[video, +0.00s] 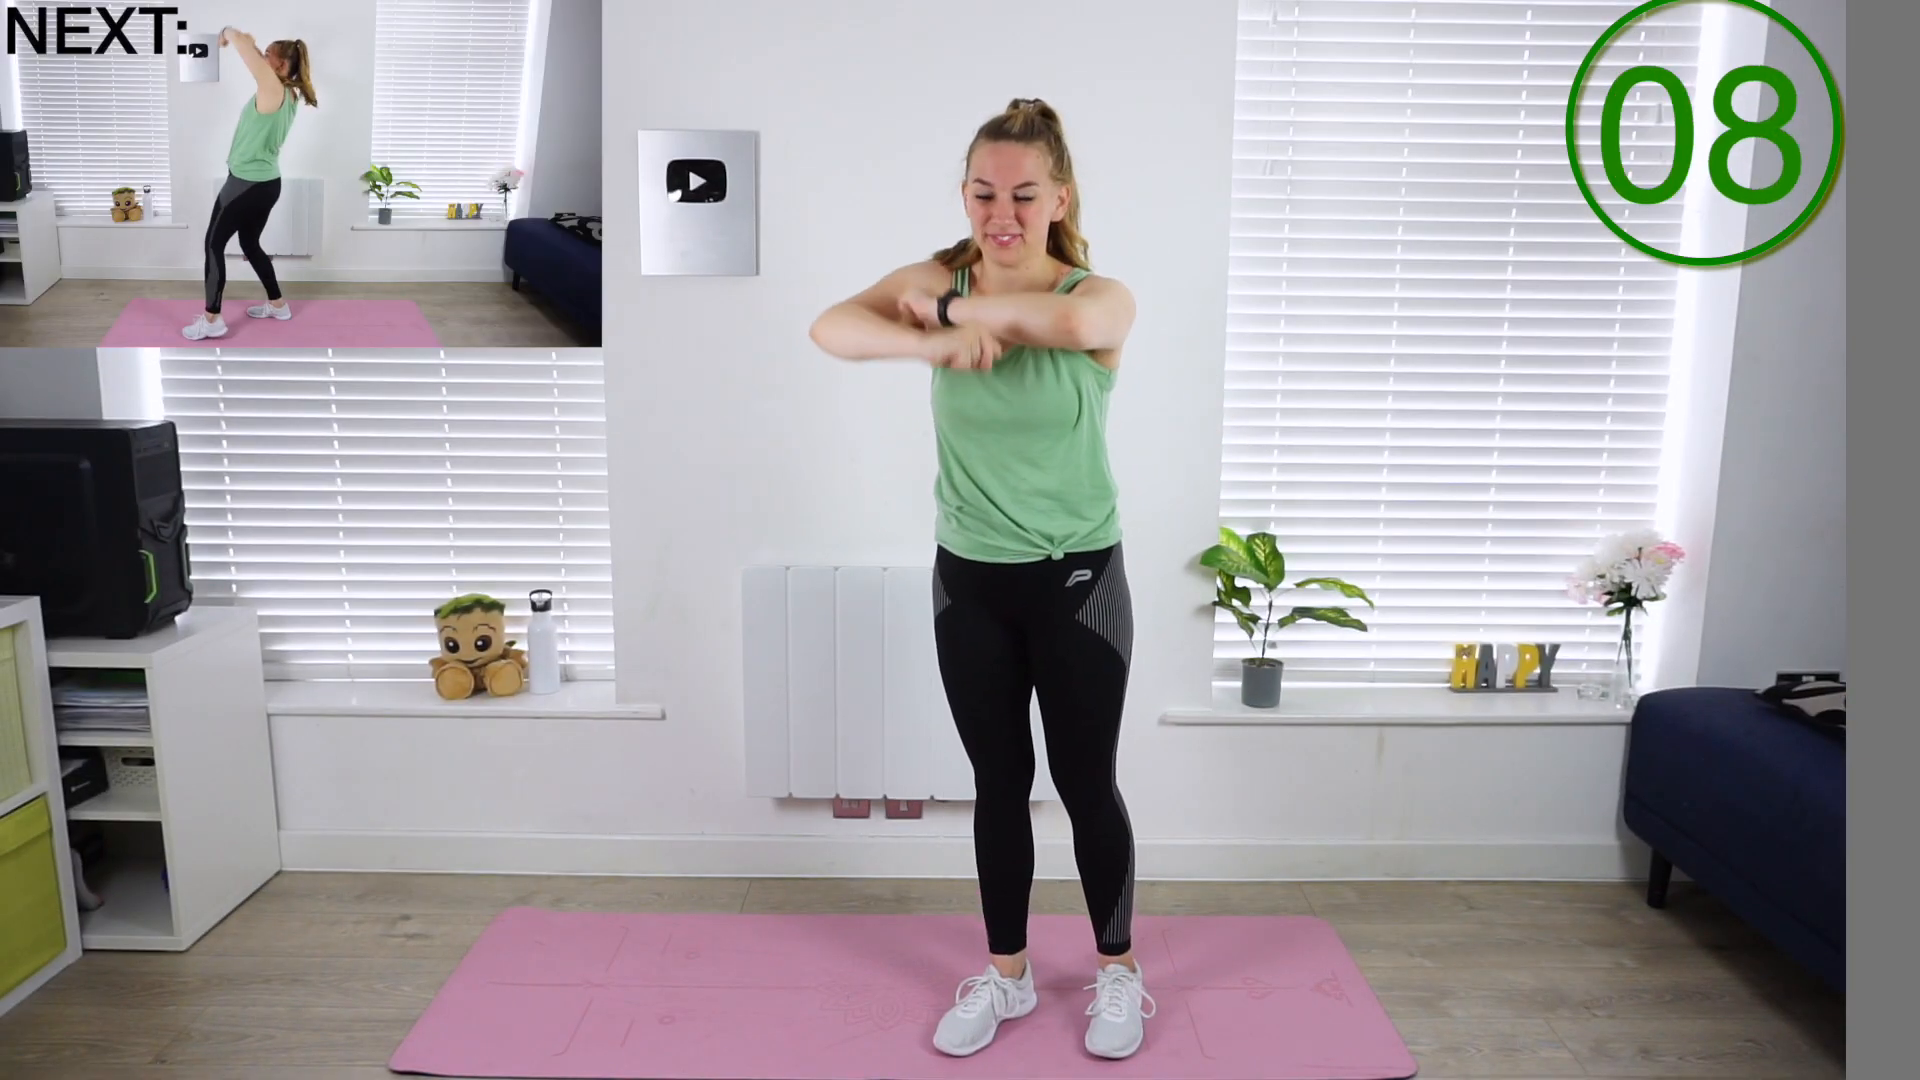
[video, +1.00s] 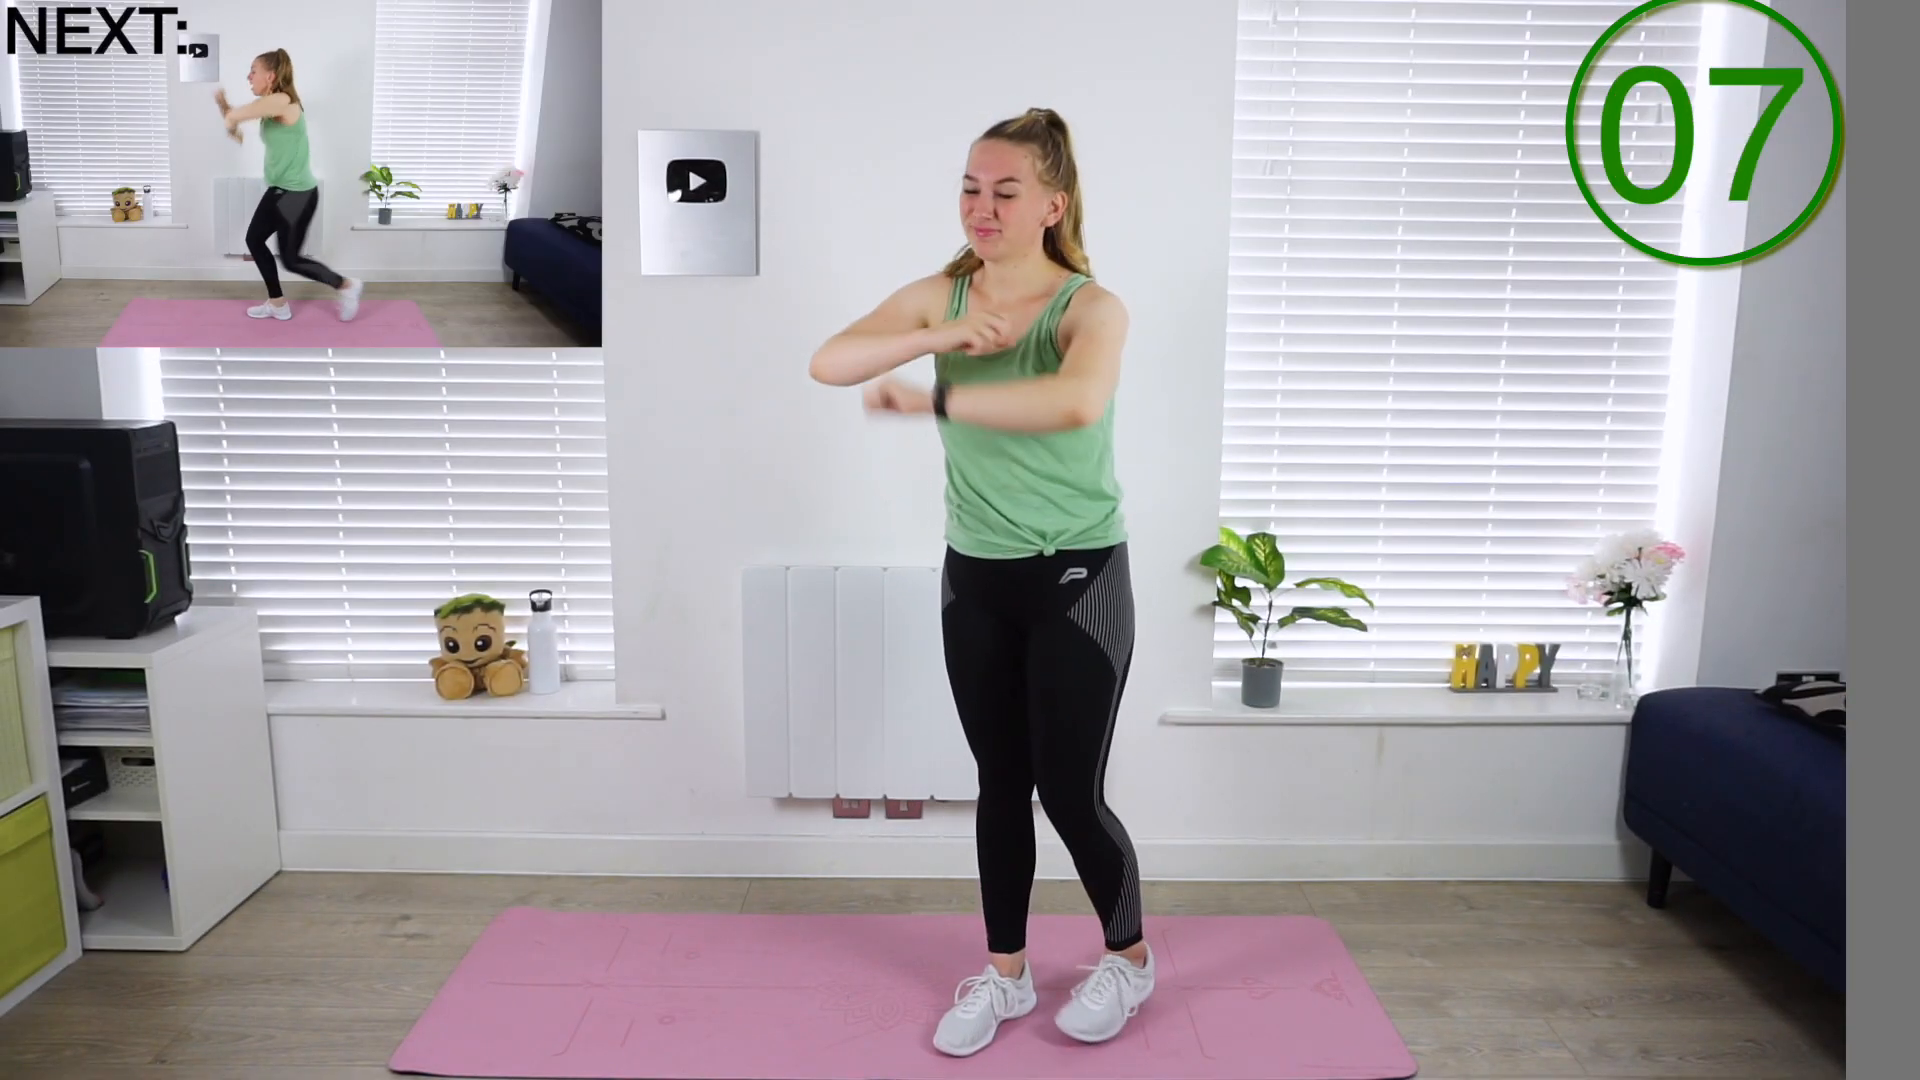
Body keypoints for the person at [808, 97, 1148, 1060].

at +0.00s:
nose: (1001, 215)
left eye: (1023, 195)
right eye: (984, 193)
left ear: (1062, 201)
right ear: (965, 196)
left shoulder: (1098, 293)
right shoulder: (940, 276)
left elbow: (1079, 328)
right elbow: (831, 328)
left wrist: (959, 307)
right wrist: (932, 345)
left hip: (1078, 577)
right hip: (969, 575)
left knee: (1087, 783)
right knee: (999, 783)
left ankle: (1116, 969)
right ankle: (1007, 972)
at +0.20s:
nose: (994, 205)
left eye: (1016, 186)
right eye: (978, 185)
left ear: (1053, 197)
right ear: (959, 194)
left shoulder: (1095, 296)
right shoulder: (936, 279)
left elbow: (1070, 332)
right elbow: (828, 331)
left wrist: (923, 318)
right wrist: (959, 342)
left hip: (1079, 575)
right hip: (968, 574)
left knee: (1086, 781)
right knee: (999, 782)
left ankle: (1117, 969)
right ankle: (1007, 971)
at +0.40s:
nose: (988, 192)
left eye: (1010, 176)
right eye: (973, 177)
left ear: (1051, 195)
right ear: (957, 195)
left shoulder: (1091, 298)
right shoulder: (933, 285)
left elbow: (1067, 348)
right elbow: (826, 329)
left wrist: (942, 348)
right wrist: (957, 296)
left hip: (1075, 579)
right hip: (966, 579)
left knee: (1084, 783)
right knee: (998, 785)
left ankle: (1117, 969)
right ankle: (1007, 971)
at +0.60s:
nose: (987, 201)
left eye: (1010, 184)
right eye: (973, 183)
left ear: (1054, 199)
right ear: (958, 195)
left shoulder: (1093, 301)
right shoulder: (928, 287)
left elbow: (1074, 335)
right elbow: (826, 359)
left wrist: (938, 317)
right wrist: (933, 362)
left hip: (1072, 577)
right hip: (963, 576)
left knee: (1081, 786)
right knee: (995, 785)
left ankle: (1116, 971)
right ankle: (1006, 972)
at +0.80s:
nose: (986, 203)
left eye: (1009, 186)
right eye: (973, 185)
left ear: (1055, 202)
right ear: (959, 196)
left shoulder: (1091, 299)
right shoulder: (935, 284)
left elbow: (1075, 338)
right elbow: (823, 357)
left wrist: (928, 318)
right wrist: (947, 365)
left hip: (1072, 576)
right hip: (964, 575)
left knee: (1076, 788)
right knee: (996, 785)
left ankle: (1116, 970)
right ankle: (1006, 971)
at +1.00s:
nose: (982, 207)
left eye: (1004, 190)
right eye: (972, 190)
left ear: (1056, 203)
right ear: (961, 199)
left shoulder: (1092, 308)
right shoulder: (941, 295)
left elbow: (1081, 403)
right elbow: (830, 361)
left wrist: (933, 401)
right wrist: (948, 331)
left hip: (1079, 576)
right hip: (976, 573)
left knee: (1069, 789)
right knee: (1001, 782)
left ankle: (1127, 959)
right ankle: (1006, 970)